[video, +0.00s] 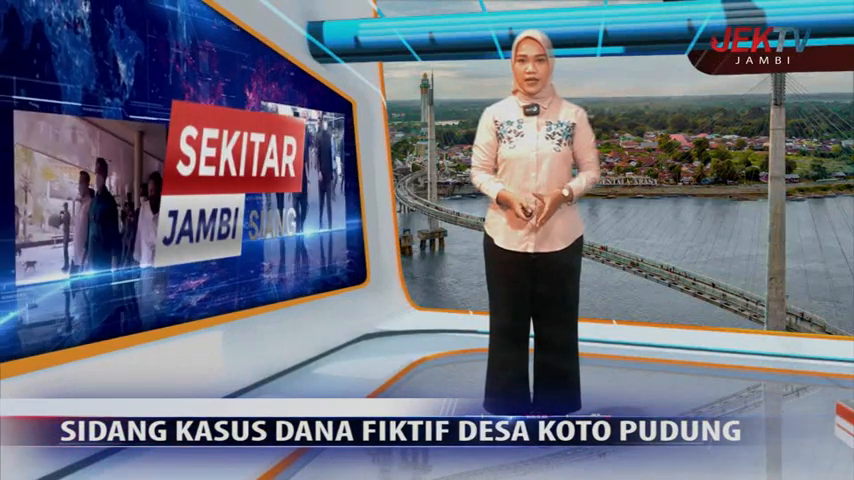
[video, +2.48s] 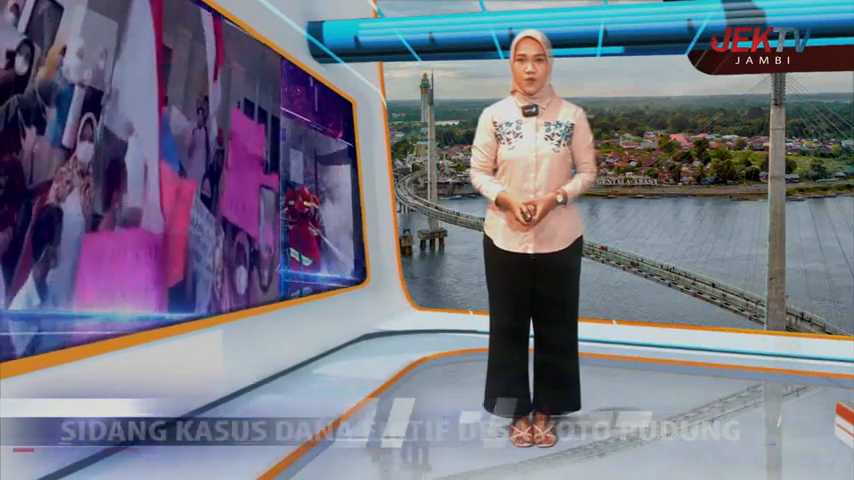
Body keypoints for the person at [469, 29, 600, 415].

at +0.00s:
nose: (531, 67)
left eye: (539, 59)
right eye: (523, 60)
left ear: (551, 65)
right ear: (512, 66)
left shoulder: (573, 116)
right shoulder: (494, 116)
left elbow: (591, 171)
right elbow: (480, 171)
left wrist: (561, 194)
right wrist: (507, 197)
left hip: (559, 243)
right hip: (506, 244)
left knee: (558, 337)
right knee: (507, 336)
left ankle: (558, 422)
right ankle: (506, 423)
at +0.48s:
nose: (532, 67)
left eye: (540, 60)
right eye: (523, 60)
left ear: (552, 65)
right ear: (513, 66)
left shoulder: (574, 116)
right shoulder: (494, 116)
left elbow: (588, 173)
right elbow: (479, 171)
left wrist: (553, 196)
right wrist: (507, 198)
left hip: (559, 242)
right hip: (506, 244)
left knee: (558, 337)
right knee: (508, 336)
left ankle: (558, 422)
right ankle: (506, 423)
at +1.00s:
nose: (532, 67)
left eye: (540, 60)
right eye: (523, 60)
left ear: (552, 65)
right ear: (513, 65)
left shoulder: (574, 116)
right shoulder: (494, 116)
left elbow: (589, 173)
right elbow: (479, 172)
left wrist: (556, 198)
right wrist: (509, 200)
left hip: (559, 243)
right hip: (506, 244)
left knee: (558, 337)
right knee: (508, 336)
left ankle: (558, 422)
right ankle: (506, 422)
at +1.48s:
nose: (531, 68)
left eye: (540, 60)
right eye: (523, 60)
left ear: (552, 65)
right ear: (513, 65)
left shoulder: (574, 116)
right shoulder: (494, 116)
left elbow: (588, 173)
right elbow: (480, 172)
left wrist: (554, 198)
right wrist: (509, 200)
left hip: (559, 243)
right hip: (506, 244)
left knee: (558, 337)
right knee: (507, 336)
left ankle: (557, 421)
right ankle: (506, 421)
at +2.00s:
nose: (531, 67)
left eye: (540, 60)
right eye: (523, 60)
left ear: (551, 65)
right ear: (512, 65)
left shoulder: (573, 116)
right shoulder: (494, 116)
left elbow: (588, 173)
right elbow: (479, 172)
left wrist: (554, 198)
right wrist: (509, 200)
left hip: (559, 243)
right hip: (506, 243)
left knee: (558, 334)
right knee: (507, 333)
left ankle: (559, 417)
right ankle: (508, 419)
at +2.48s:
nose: (529, 67)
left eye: (538, 59)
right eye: (521, 59)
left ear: (550, 65)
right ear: (511, 65)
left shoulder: (572, 115)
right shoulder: (493, 116)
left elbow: (588, 172)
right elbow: (479, 173)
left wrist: (556, 197)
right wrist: (507, 199)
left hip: (558, 242)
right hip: (505, 242)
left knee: (554, 328)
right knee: (510, 328)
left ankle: (545, 412)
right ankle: (519, 413)